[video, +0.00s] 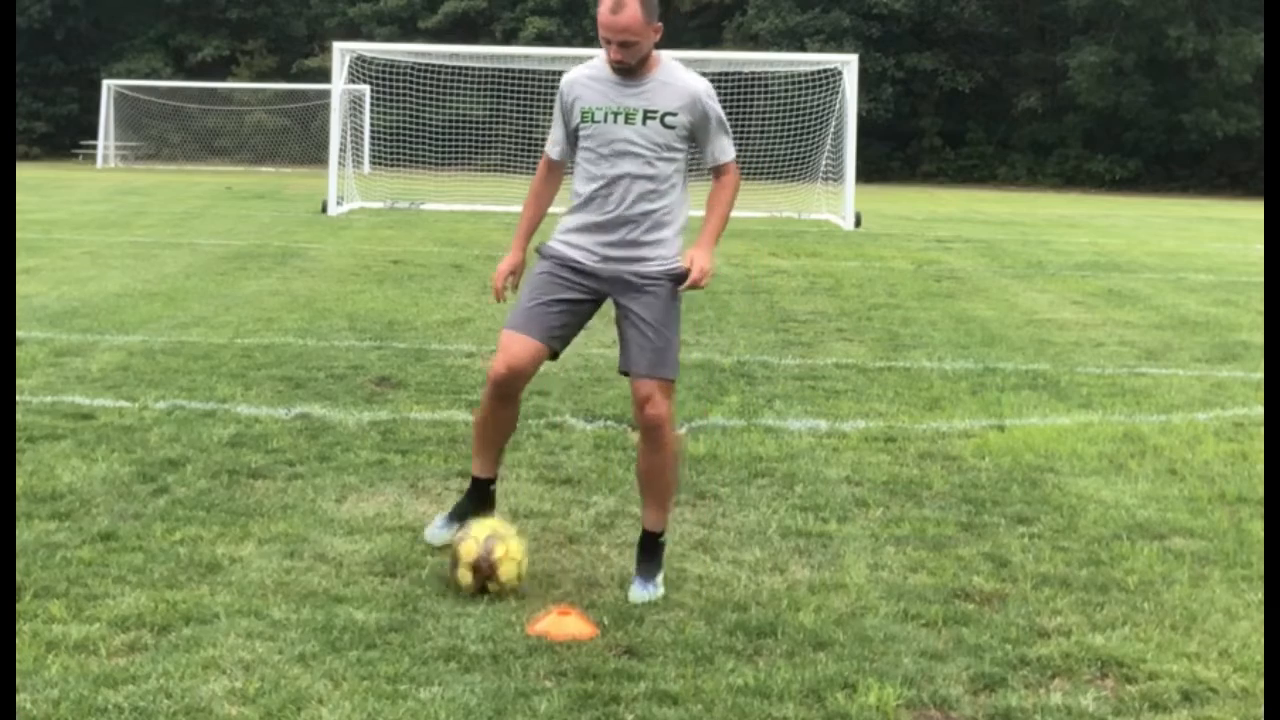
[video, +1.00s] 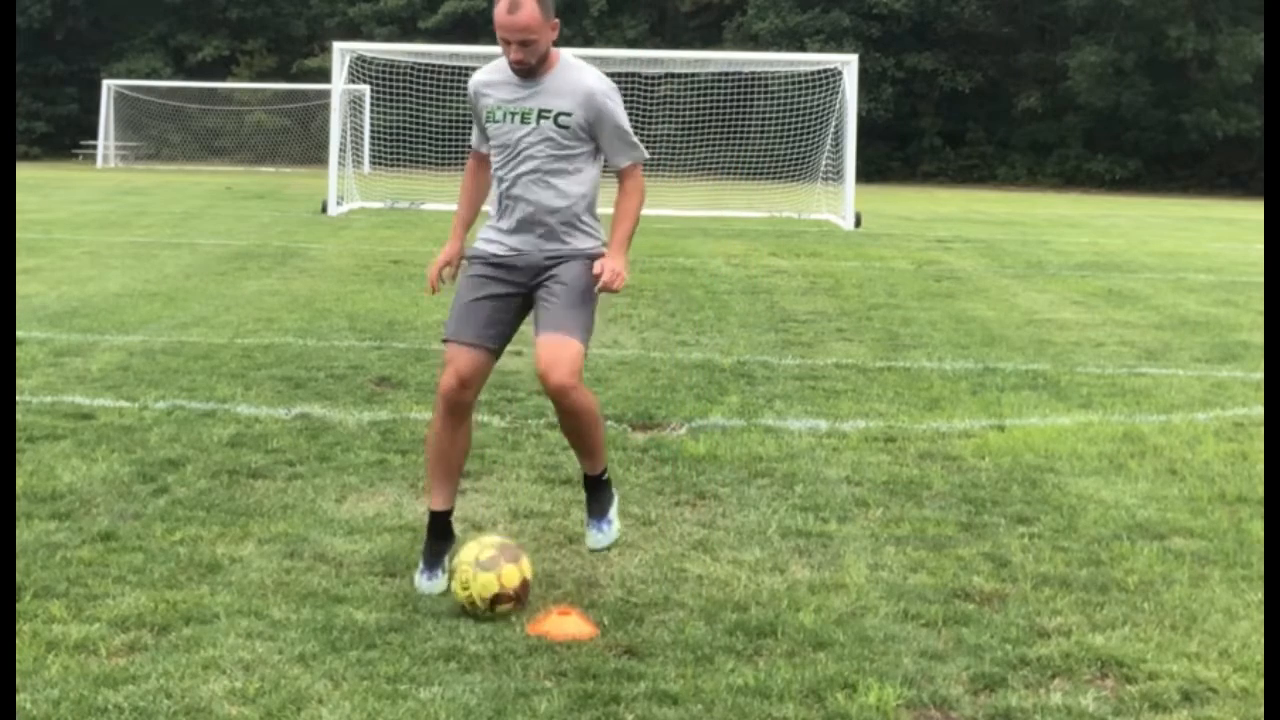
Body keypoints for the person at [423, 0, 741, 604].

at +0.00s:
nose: (614, 53)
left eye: (626, 44)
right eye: (605, 41)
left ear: (657, 31)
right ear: (597, 27)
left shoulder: (692, 93)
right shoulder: (577, 84)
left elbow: (727, 170)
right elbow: (551, 167)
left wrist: (705, 244)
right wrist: (518, 246)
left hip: (650, 266)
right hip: (572, 254)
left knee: (653, 411)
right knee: (503, 371)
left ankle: (650, 557)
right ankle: (477, 501)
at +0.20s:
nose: (602, 70)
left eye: (614, 60)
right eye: (595, 58)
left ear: (644, 49)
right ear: (587, 45)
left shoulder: (678, 115)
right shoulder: (570, 103)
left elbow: (720, 198)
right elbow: (545, 187)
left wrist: (692, 272)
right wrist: (507, 261)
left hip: (635, 289)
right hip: (560, 274)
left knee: (639, 431)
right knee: (484, 377)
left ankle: (648, 562)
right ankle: (458, 518)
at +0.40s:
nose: (587, 69)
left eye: (599, 59)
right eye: (580, 57)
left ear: (629, 49)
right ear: (573, 46)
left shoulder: (660, 117)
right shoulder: (561, 100)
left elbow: (705, 210)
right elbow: (542, 188)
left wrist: (674, 282)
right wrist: (502, 256)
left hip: (621, 291)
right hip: (546, 276)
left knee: (632, 432)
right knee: (463, 375)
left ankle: (649, 566)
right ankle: (458, 529)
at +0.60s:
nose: (566, 55)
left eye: (579, 44)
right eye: (558, 42)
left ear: (609, 34)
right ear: (549, 29)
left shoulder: (637, 97)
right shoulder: (540, 81)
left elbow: (685, 185)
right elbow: (535, 159)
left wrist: (651, 256)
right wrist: (498, 234)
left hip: (596, 281)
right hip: (525, 263)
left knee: (615, 417)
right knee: (453, 368)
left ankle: (646, 552)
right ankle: (461, 523)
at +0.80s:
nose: (541, 44)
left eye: (553, 34)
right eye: (533, 32)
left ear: (582, 21)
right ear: (524, 19)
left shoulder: (614, 85)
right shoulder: (512, 74)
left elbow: (658, 173)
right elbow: (509, 150)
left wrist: (630, 240)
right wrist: (482, 224)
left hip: (580, 263)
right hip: (506, 251)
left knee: (588, 402)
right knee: (453, 370)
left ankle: (632, 528)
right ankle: (451, 522)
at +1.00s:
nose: (514, 53)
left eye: (525, 43)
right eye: (504, 41)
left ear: (555, 29)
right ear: (495, 29)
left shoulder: (592, 90)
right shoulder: (485, 84)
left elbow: (631, 172)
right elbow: (480, 160)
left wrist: (617, 250)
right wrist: (457, 238)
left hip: (571, 255)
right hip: (498, 251)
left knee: (559, 379)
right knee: (455, 385)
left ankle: (598, 490)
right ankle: (438, 532)